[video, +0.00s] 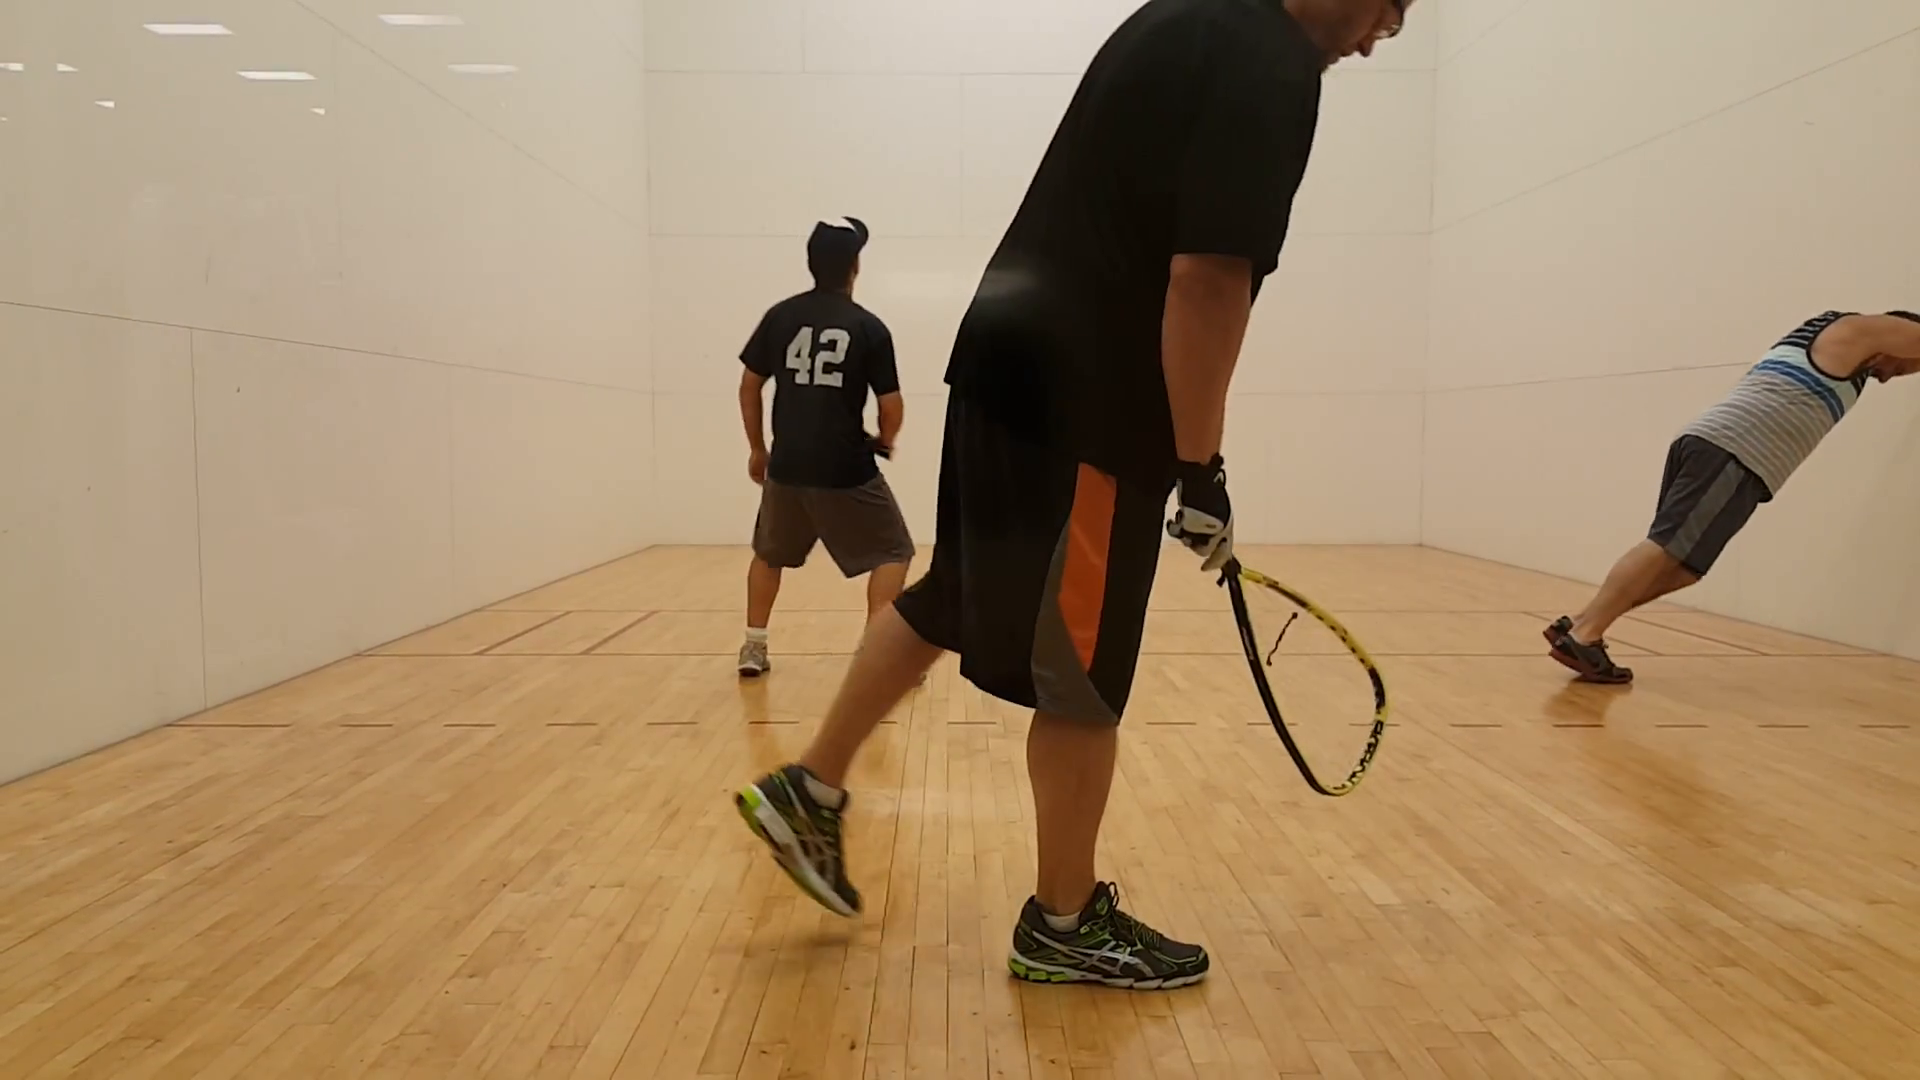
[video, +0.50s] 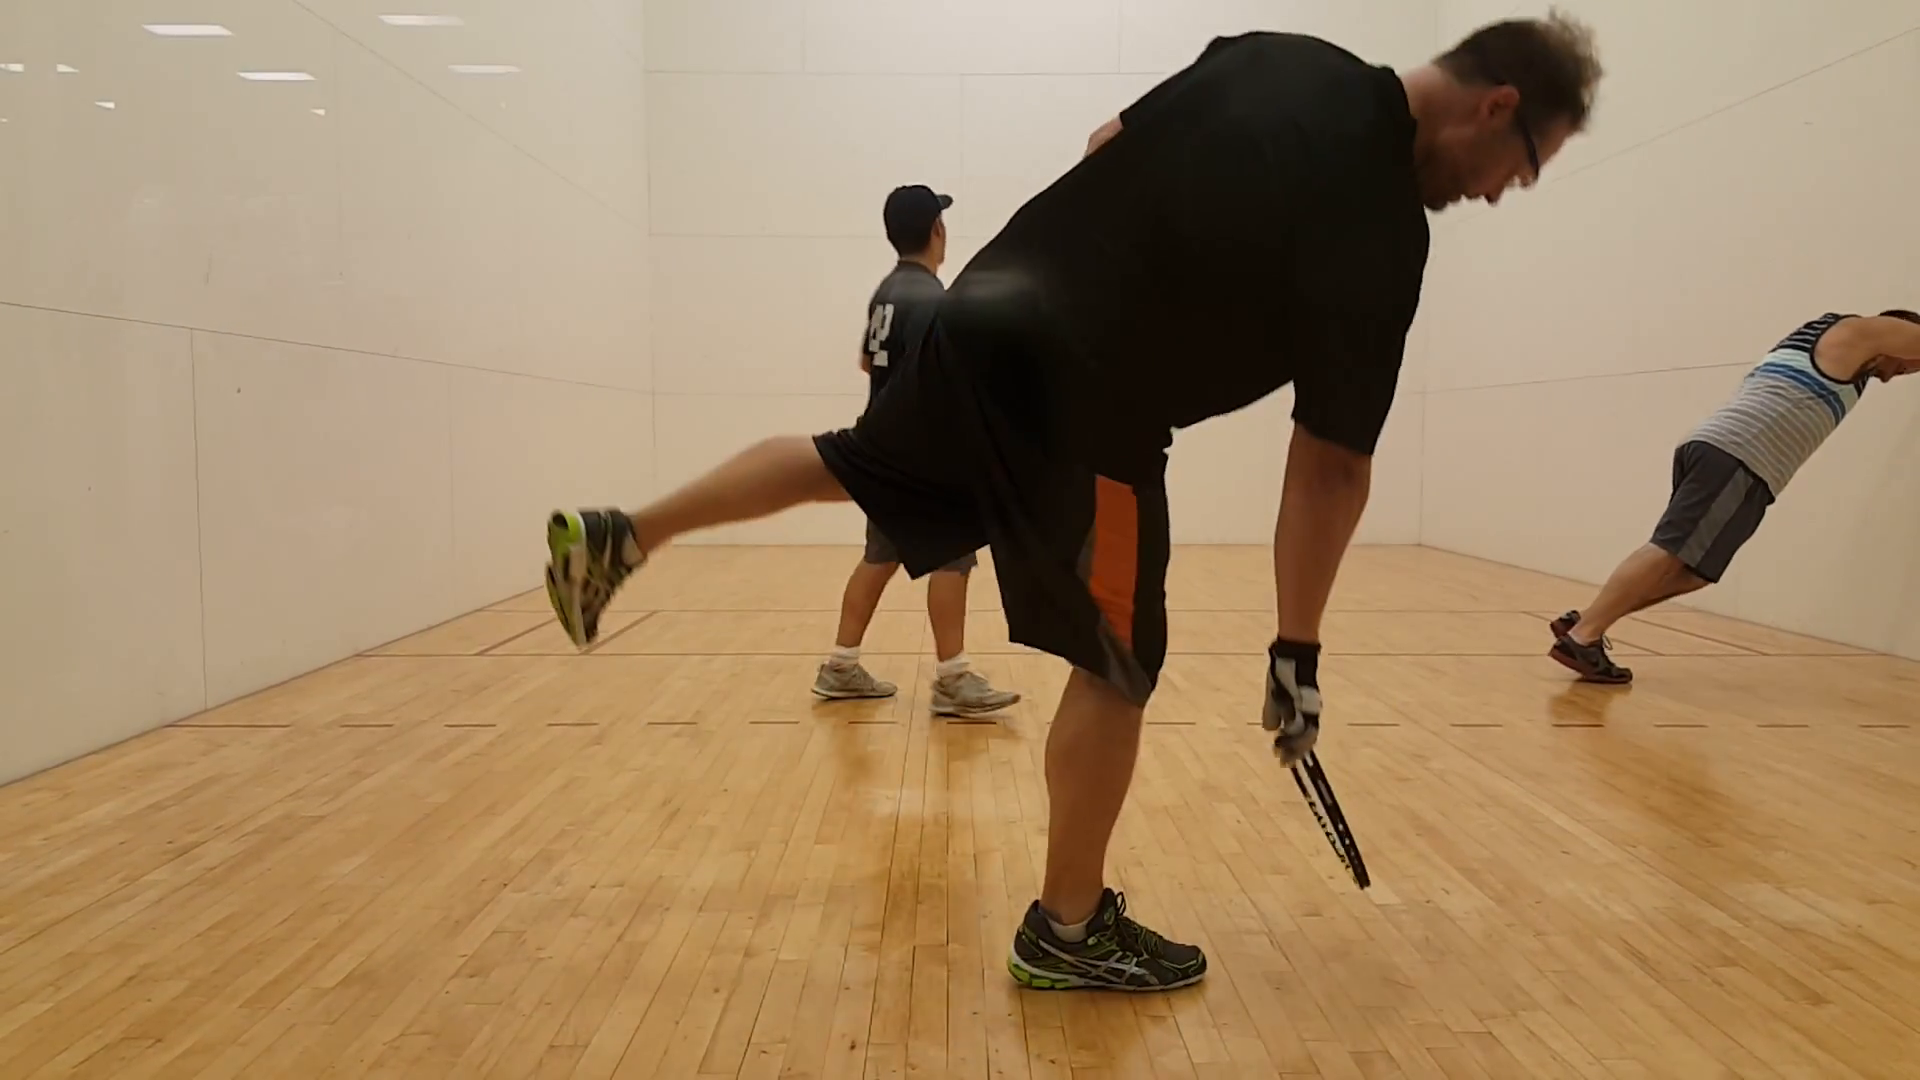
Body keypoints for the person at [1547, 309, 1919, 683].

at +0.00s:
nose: (1896, 377)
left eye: (1905, 371)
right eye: (1904, 366)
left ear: (1890, 343)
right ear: (1893, 342)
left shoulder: (1828, 343)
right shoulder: (1849, 332)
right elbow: (1919, 337)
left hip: (1721, 453)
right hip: (1729, 455)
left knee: (1686, 567)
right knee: (1667, 548)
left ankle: (1581, 624)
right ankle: (1583, 635)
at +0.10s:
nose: (1899, 384)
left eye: (1906, 377)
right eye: (1905, 372)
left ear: (1889, 357)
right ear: (1891, 353)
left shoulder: (1829, 356)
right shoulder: (1851, 341)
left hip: (1730, 467)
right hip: (1727, 461)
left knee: (1697, 574)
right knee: (1659, 549)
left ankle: (1585, 621)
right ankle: (1580, 641)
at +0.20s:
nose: (1898, 390)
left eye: (1906, 384)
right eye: (1905, 379)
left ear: (1890, 362)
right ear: (1892, 358)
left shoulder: (1825, 358)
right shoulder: (1852, 350)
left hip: (1730, 475)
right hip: (1726, 467)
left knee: (1705, 580)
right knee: (1654, 554)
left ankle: (1592, 618)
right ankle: (1575, 645)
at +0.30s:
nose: (1899, 391)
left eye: (1906, 386)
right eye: (1905, 380)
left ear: (1892, 366)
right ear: (1892, 361)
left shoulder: (1826, 359)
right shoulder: (1853, 350)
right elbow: (1919, 350)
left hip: (1734, 477)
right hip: (1729, 468)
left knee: (1707, 581)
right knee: (1656, 554)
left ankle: (1594, 618)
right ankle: (1576, 644)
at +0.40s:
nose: (1899, 384)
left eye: (1906, 378)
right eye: (1905, 373)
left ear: (1889, 358)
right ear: (1892, 353)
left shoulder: (1827, 355)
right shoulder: (1853, 343)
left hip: (1741, 475)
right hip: (1732, 465)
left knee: (1703, 578)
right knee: (1663, 553)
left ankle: (1591, 618)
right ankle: (1580, 642)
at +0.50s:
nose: (1900, 375)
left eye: (1908, 368)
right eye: (1907, 363)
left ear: (1891, 340)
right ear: (1895, 337)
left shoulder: (1825, 343)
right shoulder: (1851, 334)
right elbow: (1917, 336)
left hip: (1738, 464)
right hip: (1734, 459)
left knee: (1698, 570)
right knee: (1672, 552)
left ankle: (1587, 620)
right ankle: (1583, 637)